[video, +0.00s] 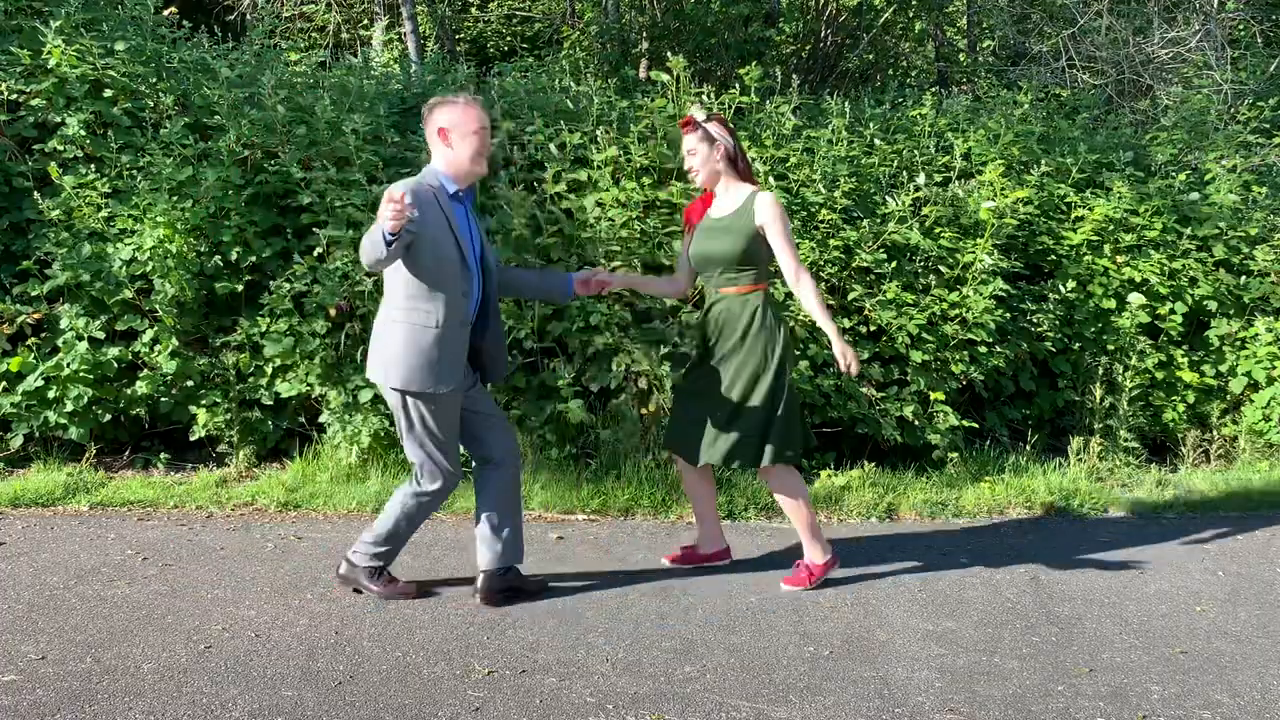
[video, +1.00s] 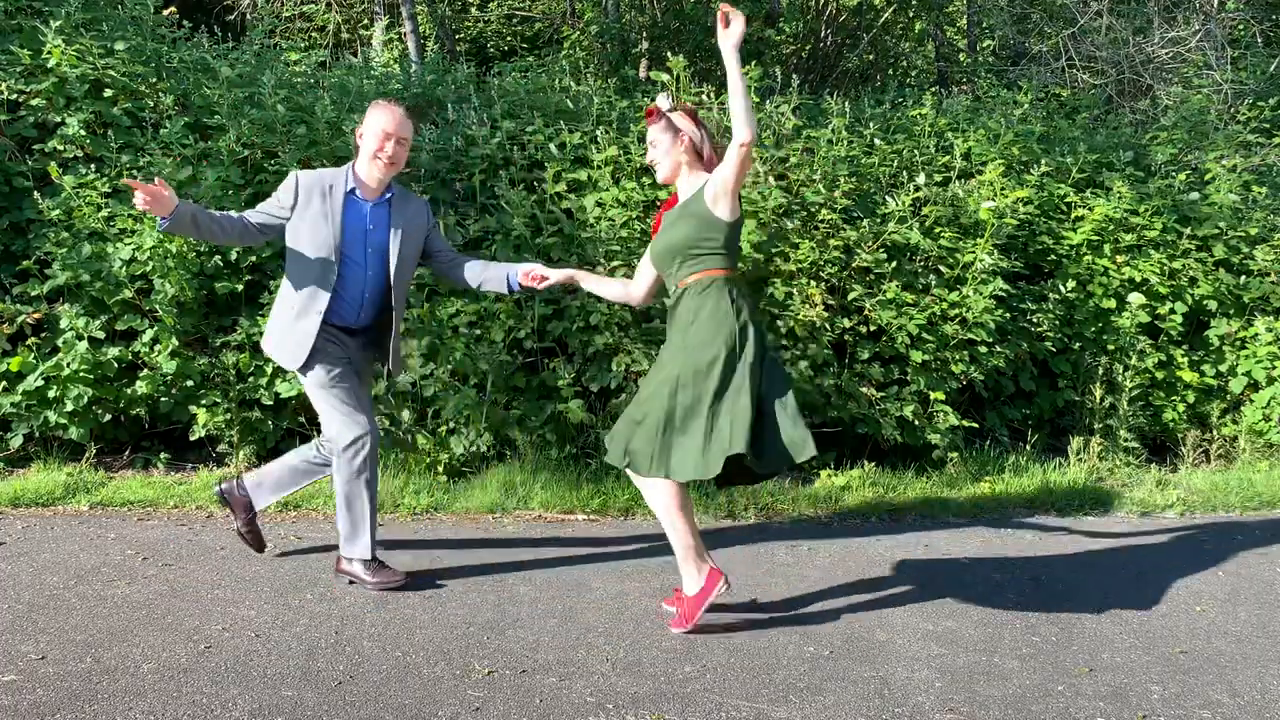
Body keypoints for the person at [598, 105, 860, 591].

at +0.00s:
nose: (687, 165)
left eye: (693, 154)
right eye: (684, 157)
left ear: (721, 150)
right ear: (695, 159)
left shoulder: (761, 202)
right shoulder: (698, 213)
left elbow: (797, 275)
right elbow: (679, 285)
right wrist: (619, 279)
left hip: (756, 332)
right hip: (714, 335)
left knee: (767, 452)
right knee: (686, 439)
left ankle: (817, 551)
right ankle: (711, 542)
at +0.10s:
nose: (689, 154)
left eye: (695, 143)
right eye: (688, 145)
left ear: (724, 140)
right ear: (707, 145)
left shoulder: (774, 187)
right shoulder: (700, 207)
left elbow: (837, 239)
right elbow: (687, 280)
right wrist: (638, 273)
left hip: (769, 315)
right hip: (726, 320)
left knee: (757, 440)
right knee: (698, 433)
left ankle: (805, 545)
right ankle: (737, 529)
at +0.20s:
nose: (691, 156)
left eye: (697, 144)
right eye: (689, 146)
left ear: (727, 141)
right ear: (711, 148)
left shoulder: (781, 185)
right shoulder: (701, 209)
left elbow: (859, 200)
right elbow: (690, 282)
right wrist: (639, 274)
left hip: (778, 319)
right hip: (729, 326)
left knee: (757, 444)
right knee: (724, 448)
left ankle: (763, 552)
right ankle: (747, 545)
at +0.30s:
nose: (696, 163)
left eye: (701, 151)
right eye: (693, 154)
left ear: (732, 144)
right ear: (713, 153)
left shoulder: (785, 188)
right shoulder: (706, 217)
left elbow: (870, 176)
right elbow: (691, 293)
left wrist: (933, 135)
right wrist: (637, 284)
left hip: (783, 330)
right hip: (729, 335)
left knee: (758, 452)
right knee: (734, 456)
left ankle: (713, 572)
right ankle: (757, 548)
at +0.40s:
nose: (696, 169)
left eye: (702, 156)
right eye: (694, 160)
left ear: (733, 149)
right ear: (715, 160)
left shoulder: (785, 191)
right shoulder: (708, 223)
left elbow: (862, 157)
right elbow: (689, 296)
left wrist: (901, 92)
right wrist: (628, 286)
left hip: (782, 333)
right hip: (726, 337)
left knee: (746, 454)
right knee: (730, 454)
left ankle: (702, 584)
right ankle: (757, 547)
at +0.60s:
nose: (696, 161)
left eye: (703, 149)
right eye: (690, 154)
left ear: (732, 144)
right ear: (697, 161)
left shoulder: (767, 185)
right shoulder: (707, 224)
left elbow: (817, 123)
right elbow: (672, 292)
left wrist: (827, 37)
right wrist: (608, 269)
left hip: (776, 323)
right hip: (731, 332)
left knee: (732, 451)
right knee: (691, 452)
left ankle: (711, 589)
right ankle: (749, 539)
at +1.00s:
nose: (646, 155)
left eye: (652, 142)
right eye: (645, 145)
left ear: (685, 138)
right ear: (672, 144)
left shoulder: (718, 184)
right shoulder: (671, 218)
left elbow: (745, 137)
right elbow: (636, 292)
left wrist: (730, 53)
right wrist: (568, 275)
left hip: (716, 317)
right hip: (687, 324)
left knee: (640, 443)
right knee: (651, 446)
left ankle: (696, 572)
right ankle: (694, 574)